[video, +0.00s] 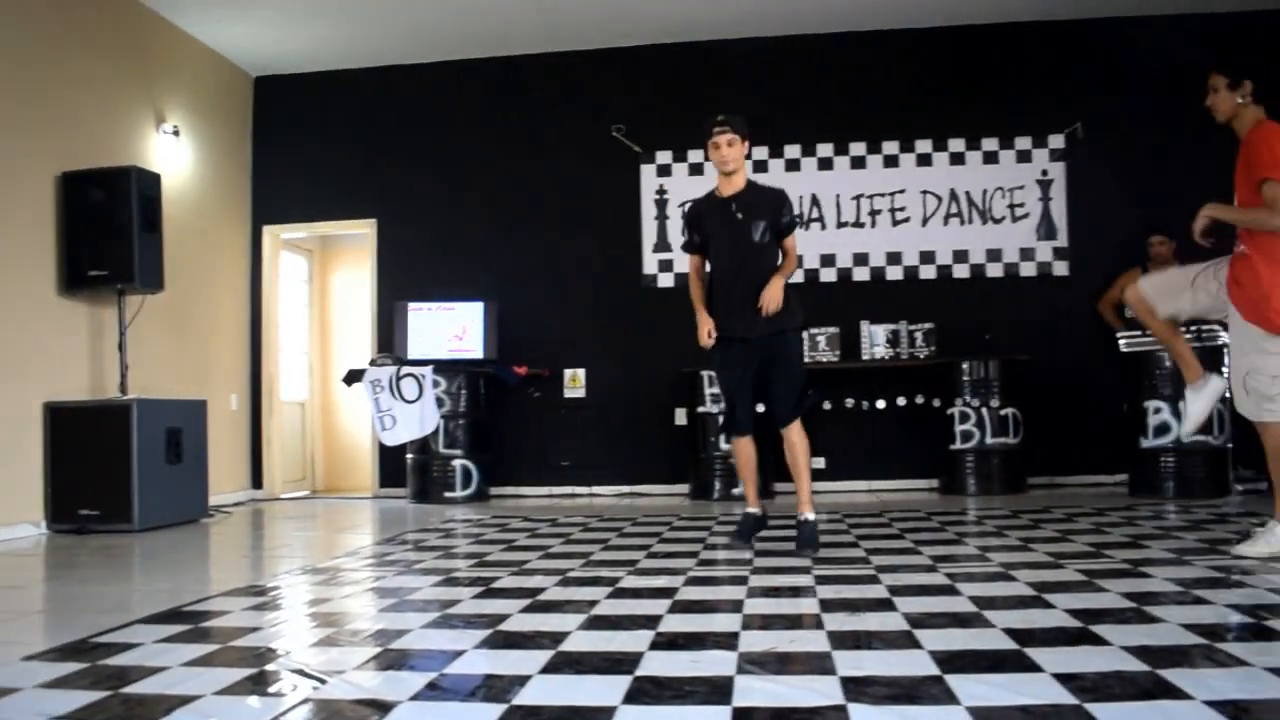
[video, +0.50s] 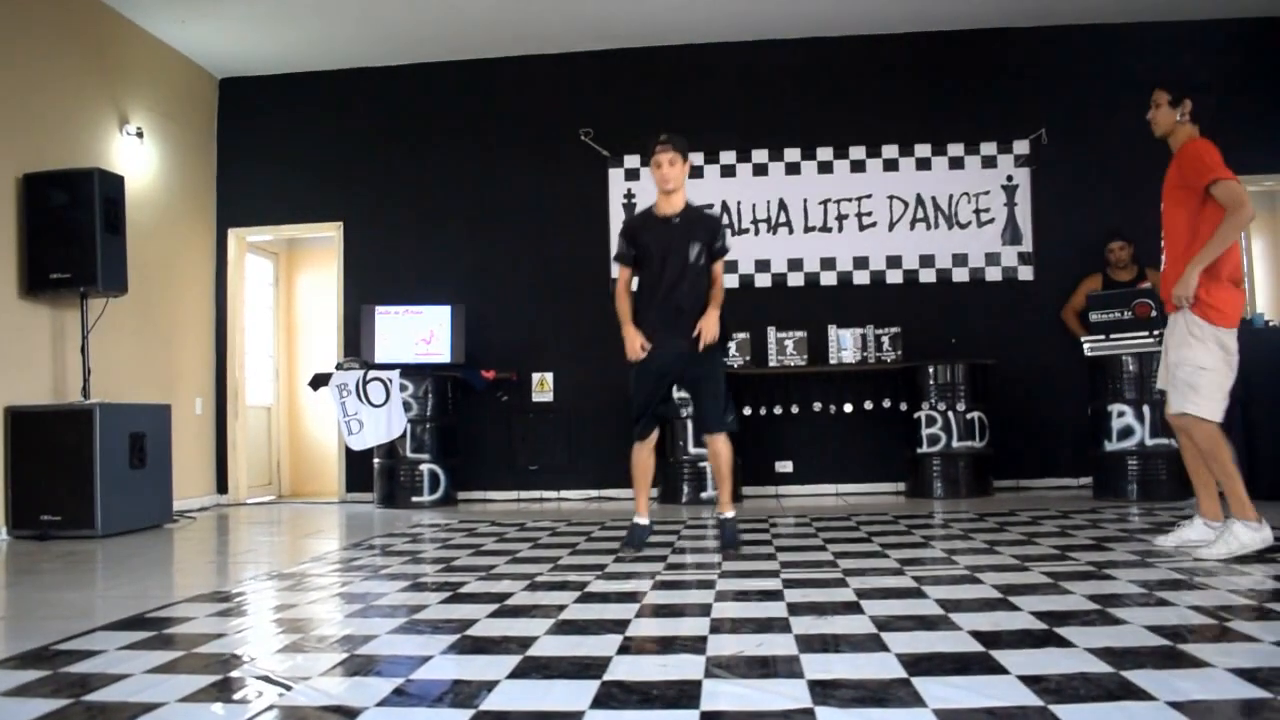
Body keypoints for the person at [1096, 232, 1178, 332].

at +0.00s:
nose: (1156, 250)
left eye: (1161, 244)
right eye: (1151, 246)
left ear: (1172, 246)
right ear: (1147, 249)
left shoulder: (1187, 273)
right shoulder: (1134, 277)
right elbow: (1105, 305)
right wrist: (1123, 333)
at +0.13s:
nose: (1140, 253)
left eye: (1144, 248)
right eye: (1134, 249)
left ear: (1155, 249)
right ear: (1129, 253)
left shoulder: (1172, 275)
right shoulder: (1116, 279)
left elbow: (1197, 295)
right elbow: (1087, 307)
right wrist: (1104, 333)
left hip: (1167, 342)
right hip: (1127, 347)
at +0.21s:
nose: (1129, 253)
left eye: (1134, 248)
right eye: (1124, 249)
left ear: (1144, 248)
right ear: (1119, 253)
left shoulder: (1162, 275)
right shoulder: (1105, 280)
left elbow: (1185, 300)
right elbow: (1079, 310)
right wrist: (1096, 335)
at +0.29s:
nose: (1125, 254)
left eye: (1130, 248)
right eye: (1119, 250)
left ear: (1139, 248)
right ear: (1114, 253)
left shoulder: (1158, 276)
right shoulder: (1102, 281)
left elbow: (1183, 303)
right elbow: (1075, 311)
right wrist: (1094, 338)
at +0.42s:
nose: (1120, 255)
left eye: (1124, 249)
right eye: (1114, 251)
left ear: (1133, 249)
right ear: (1108, 255)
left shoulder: (1153, 277)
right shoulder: (1097, 282)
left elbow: (1177, 303)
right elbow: (1070, 312)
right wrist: (1089, 340)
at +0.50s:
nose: (1118, 255)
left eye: (1122, 249)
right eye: (1111, 251)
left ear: (1131, 249)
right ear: (1106, 256)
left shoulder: (1152, 277)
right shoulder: (1095, 282)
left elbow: (1172, 304)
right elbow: (1068, 313)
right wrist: (1087, 340)